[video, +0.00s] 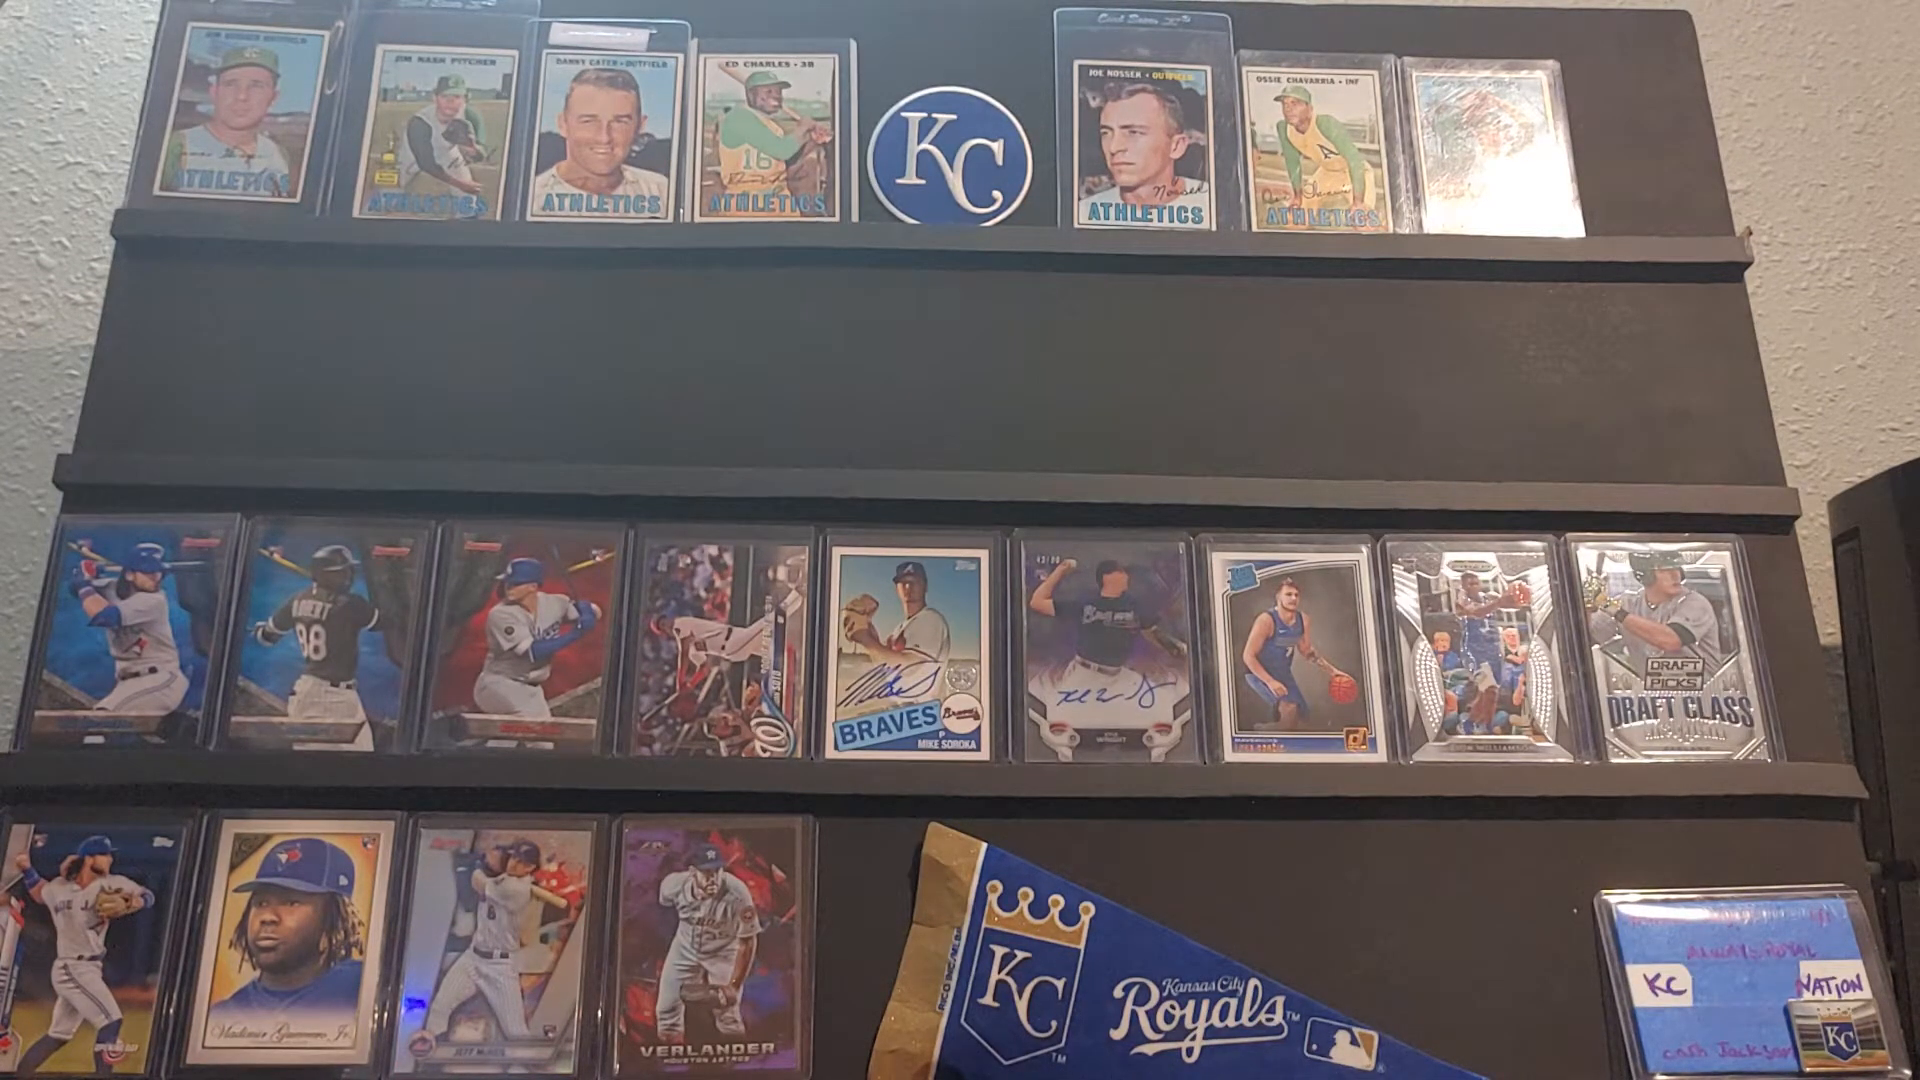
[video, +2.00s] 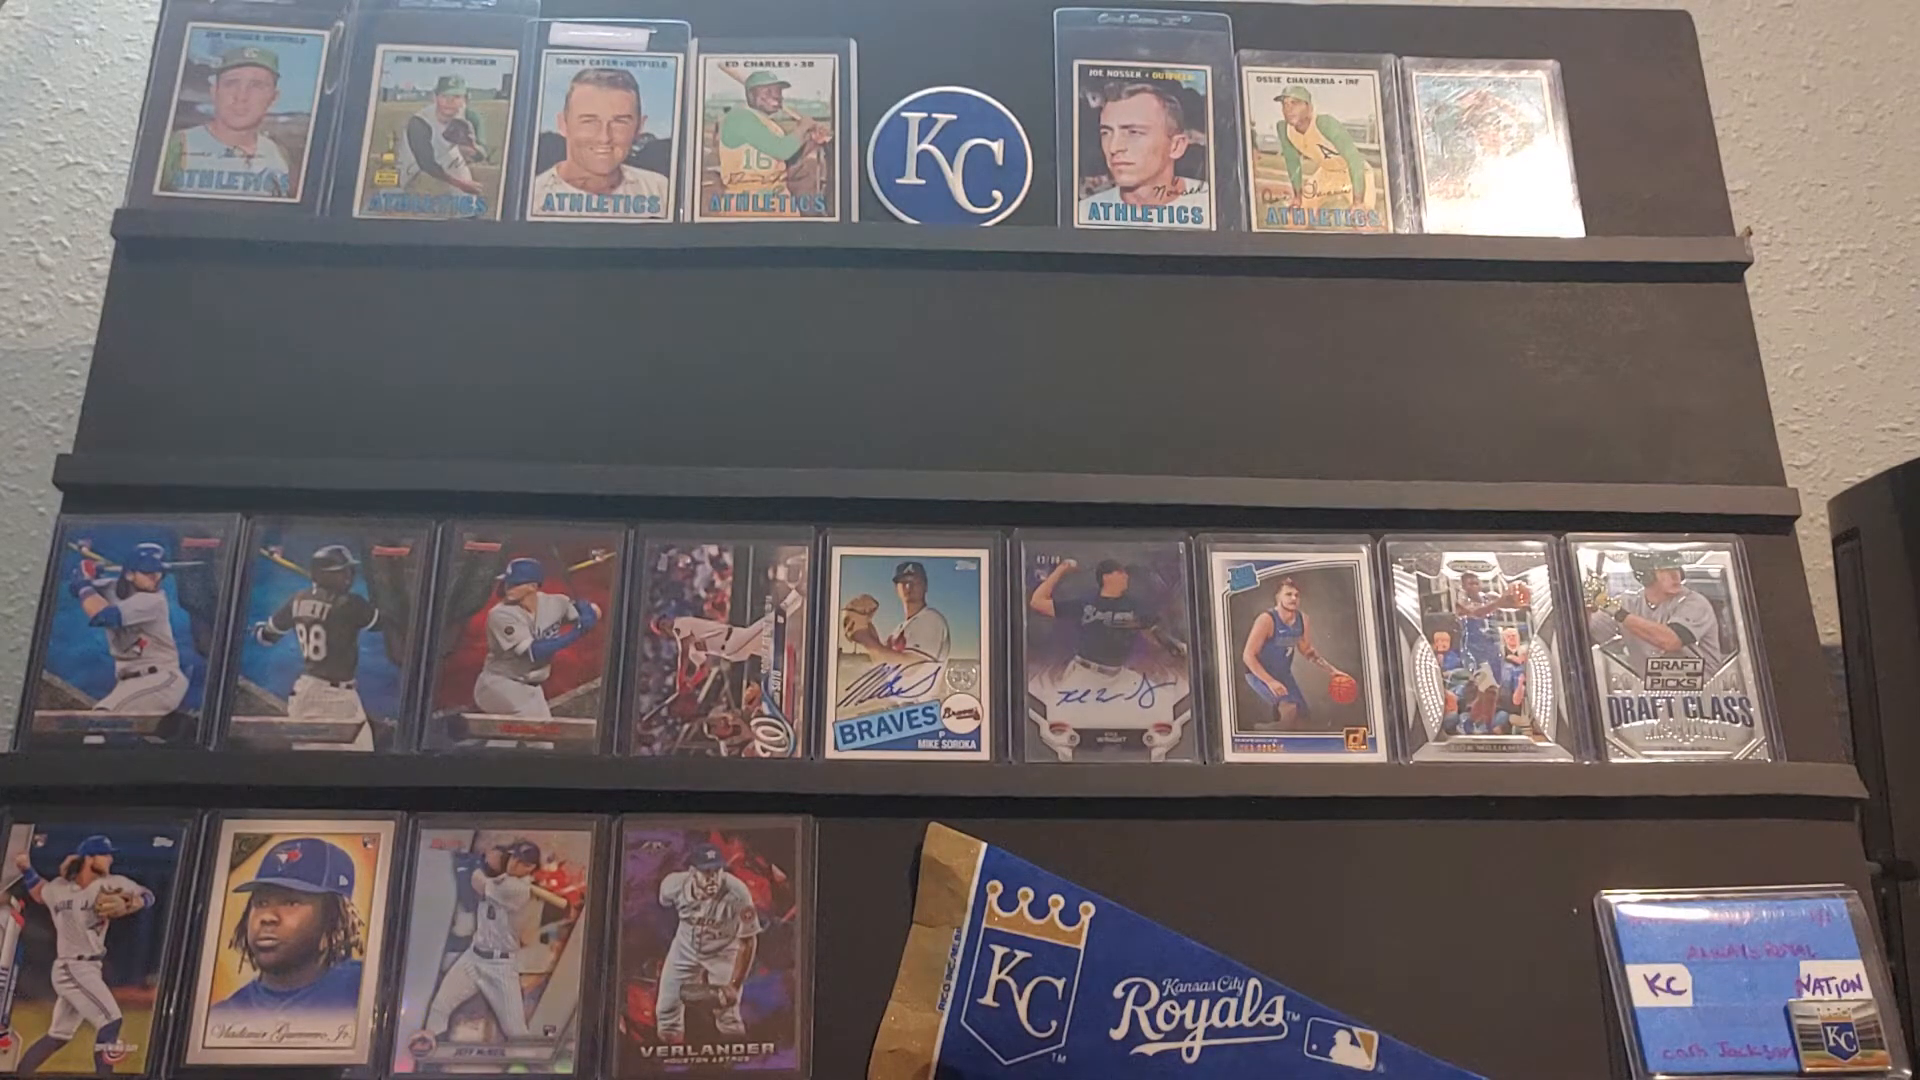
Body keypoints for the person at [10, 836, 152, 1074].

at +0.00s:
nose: (109, 859)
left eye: (109, 855)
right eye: (104, 855)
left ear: (101, 861)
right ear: (89, 859)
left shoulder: (111, 884)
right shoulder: (58, 888)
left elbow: (148, 896)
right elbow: (39, 892)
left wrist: (132, 904)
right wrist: (27, 869)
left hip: (90, 969)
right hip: (71, 969)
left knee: (58, 1035)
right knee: (111, 1020)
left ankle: (20, 1073)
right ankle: (103, 1073)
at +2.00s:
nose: (110, 859)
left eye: (110, 855)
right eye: (105, 855)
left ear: (97, 861)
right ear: (90, 859)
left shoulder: (111, 884)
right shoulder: (58, 889)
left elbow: (148, 896)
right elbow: (38, 890)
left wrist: (131, 905)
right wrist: (26, 869)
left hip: (90, 969)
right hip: (71, 969)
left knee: (58, 1036)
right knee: (111, 1019)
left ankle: (19, 1073)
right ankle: (104, 1074)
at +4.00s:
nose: (110, 859)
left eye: (110, 855)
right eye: (105, 855)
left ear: (98, 861)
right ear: (89, 859)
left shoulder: (111, 884)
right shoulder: (58, 888)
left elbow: (148, 896)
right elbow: (39, 891)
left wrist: (131, 904)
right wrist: (27, 869)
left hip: (91, 969)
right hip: (70, 969)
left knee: (59, 1035)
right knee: (110, 1020)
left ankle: (18, 1073)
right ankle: (104, 1074)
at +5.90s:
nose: (110, 859)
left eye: (110, 855)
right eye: (105, 855)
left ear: (96, 861)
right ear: (89, 859)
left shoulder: (110, 885)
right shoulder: (57, 888)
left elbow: (149, 896)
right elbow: (39, 892)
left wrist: (135, 903)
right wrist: (27, 870)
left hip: (90, 969)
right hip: (71, 969)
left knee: (58, 1035)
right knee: (111, 1020)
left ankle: (19, 1073)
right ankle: (104, 1074)